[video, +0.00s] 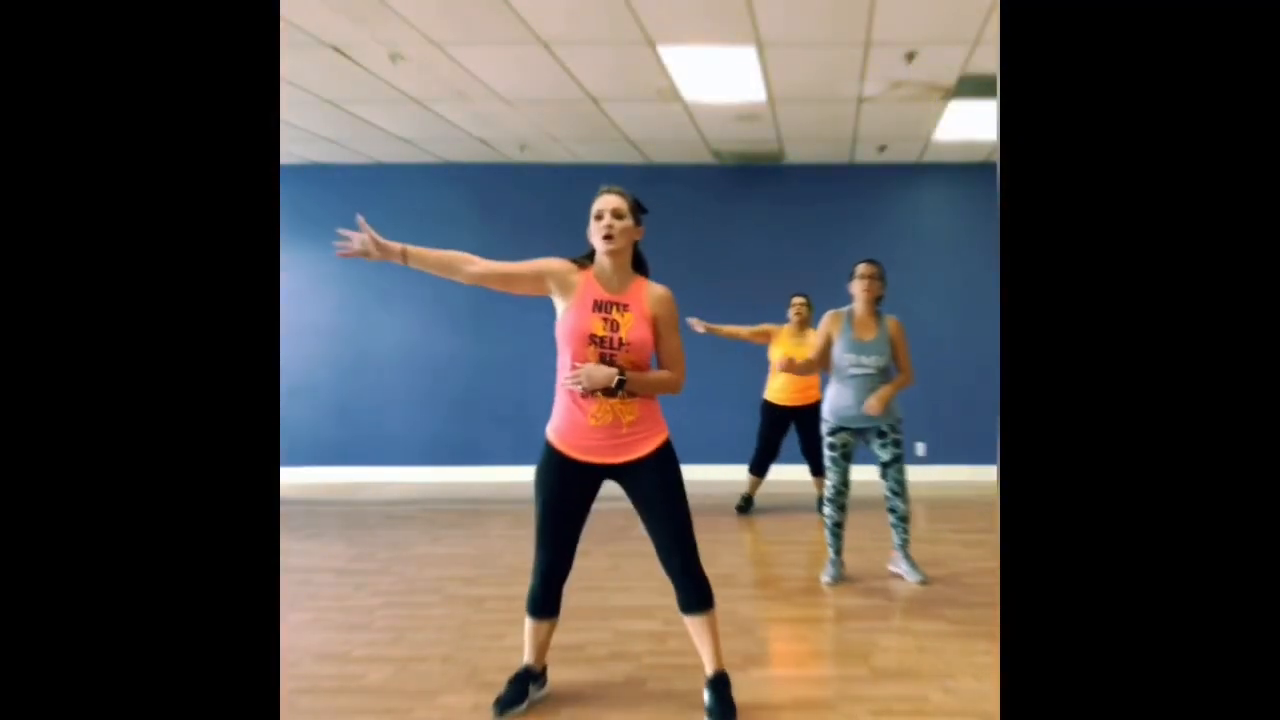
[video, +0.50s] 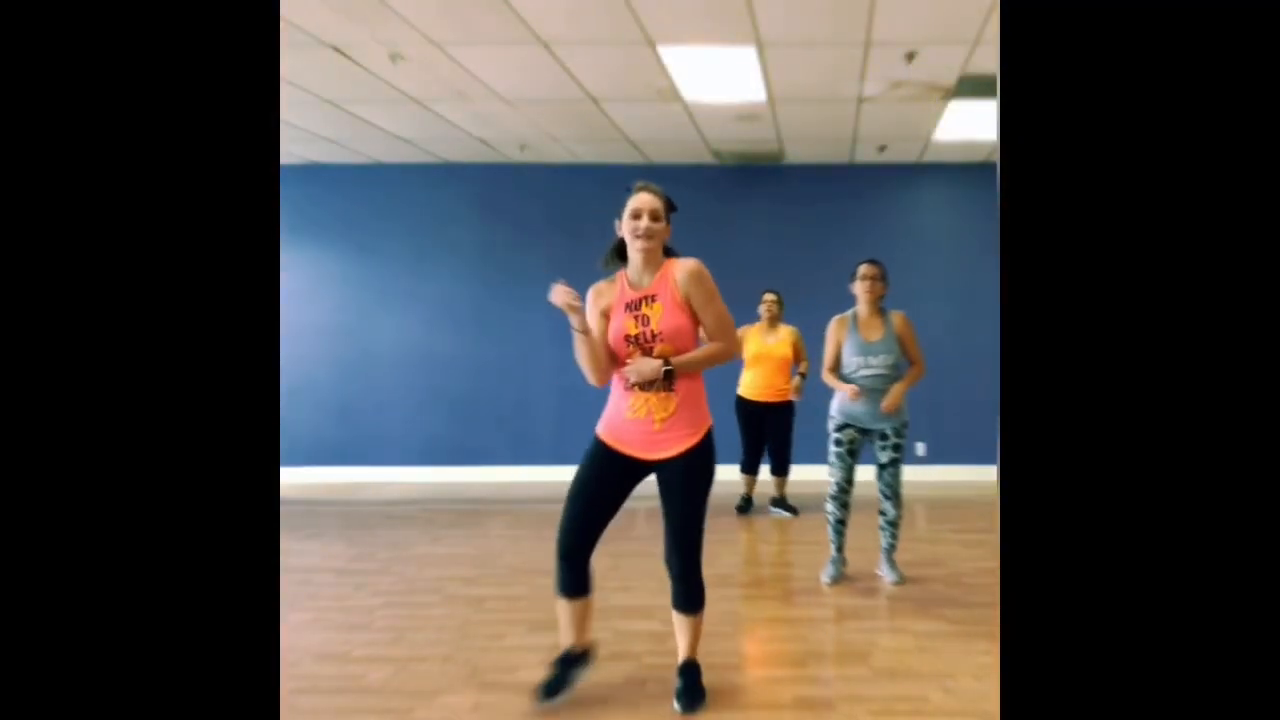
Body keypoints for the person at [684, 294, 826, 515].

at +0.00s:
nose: (798, 309)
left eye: (802, 306)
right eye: (794, 306)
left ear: (810, 313)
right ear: (788, 312)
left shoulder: (817, 338)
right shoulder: (775, 333)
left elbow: (830, 365)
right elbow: (743, 333)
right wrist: (709, 328)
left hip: (808, 402)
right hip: (776, 401)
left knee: (814, 452)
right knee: (765, 450)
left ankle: (823, 497)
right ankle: (748, 495)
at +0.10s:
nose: (790, 308)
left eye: (794, 304)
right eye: (786, 304)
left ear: (802, 311)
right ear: (780, 310)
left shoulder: (811, 338)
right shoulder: (765, 331)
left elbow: (824, 368)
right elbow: (733, 329)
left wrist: (828, 395)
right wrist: (700, 324)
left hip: (798, 401)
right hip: (766, 400)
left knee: (809, 451)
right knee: (760, 451)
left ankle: (821, 496)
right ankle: (747, 495)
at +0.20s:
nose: (782, 307)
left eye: (786, 303)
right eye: (778, 303)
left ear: (794, 310)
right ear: (772, 308)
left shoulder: (801, 336)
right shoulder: (757, 329)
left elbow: (809, 365)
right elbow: (725, 327)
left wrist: (812, 383)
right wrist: (689, 321)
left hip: (789, 398)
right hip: (758, 398)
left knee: (800, 448)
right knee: (756, 449)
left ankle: (819, 495)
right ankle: (746, 495)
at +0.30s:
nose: (775, 306)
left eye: (780, 303)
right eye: (772, 302)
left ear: (787, 309)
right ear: (766, 308)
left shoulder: (795, 335)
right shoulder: (751, 329)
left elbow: (806, 363)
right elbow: (720, 327)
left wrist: (805, 378)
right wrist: (693, 322)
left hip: (784, 399)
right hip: (753, 399)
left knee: (795, 449)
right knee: (754, 450)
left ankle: (808, 494)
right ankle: (746, 495)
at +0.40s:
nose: (772, 306)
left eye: (776, 303)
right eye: (768, 303)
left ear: (783, 309)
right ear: (762, 308)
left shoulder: (793, 335)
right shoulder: (748, 330)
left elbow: (802, 361)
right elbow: (718, 336)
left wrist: (801, 377)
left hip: (781, 398)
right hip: (751, 397)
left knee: (786, 450)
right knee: (752, 449)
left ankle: (788, 495)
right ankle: (747, 494)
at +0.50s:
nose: (769, 307)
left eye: (773, 303)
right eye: (765, 303)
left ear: (780, 309)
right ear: (759, 308)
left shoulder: (791, 334)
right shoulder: (746, 333)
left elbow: (802, 360)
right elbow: (725, 348)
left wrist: (799, 377)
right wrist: (707, 338)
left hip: (780, 398)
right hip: (750, 396)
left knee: (780, 452)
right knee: (751, 450)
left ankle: (779, 496)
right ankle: (747, 494)